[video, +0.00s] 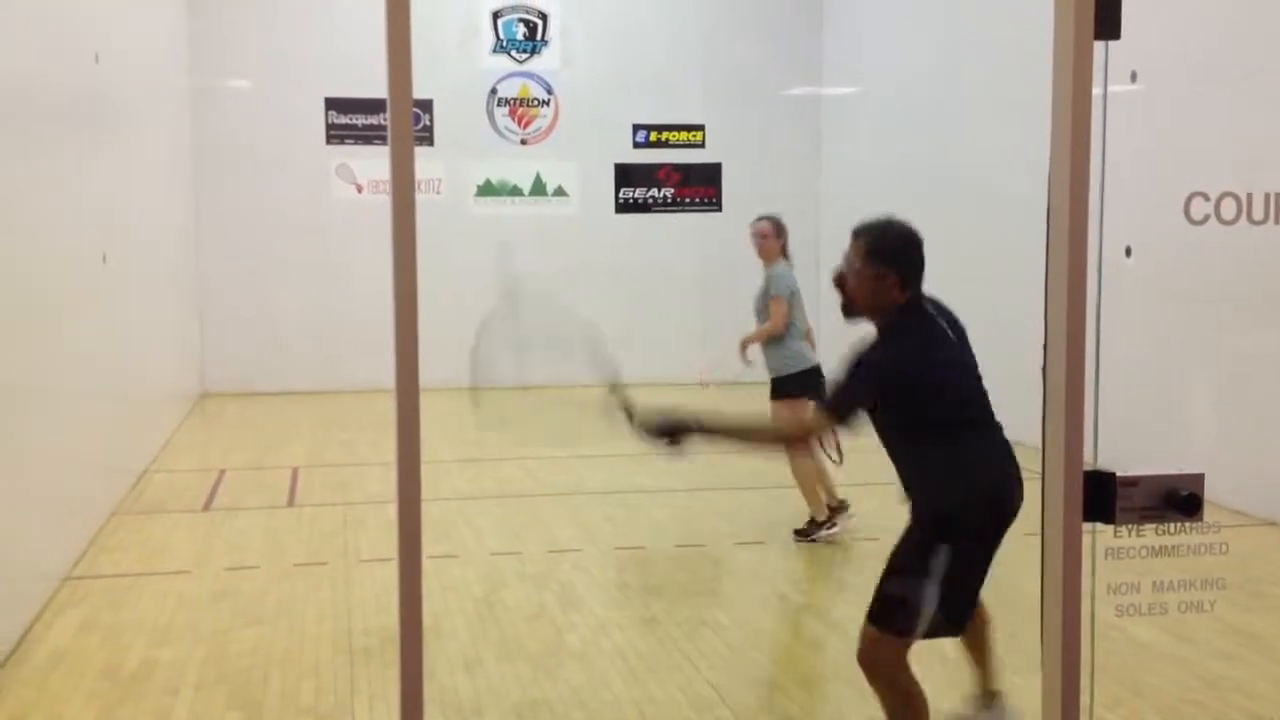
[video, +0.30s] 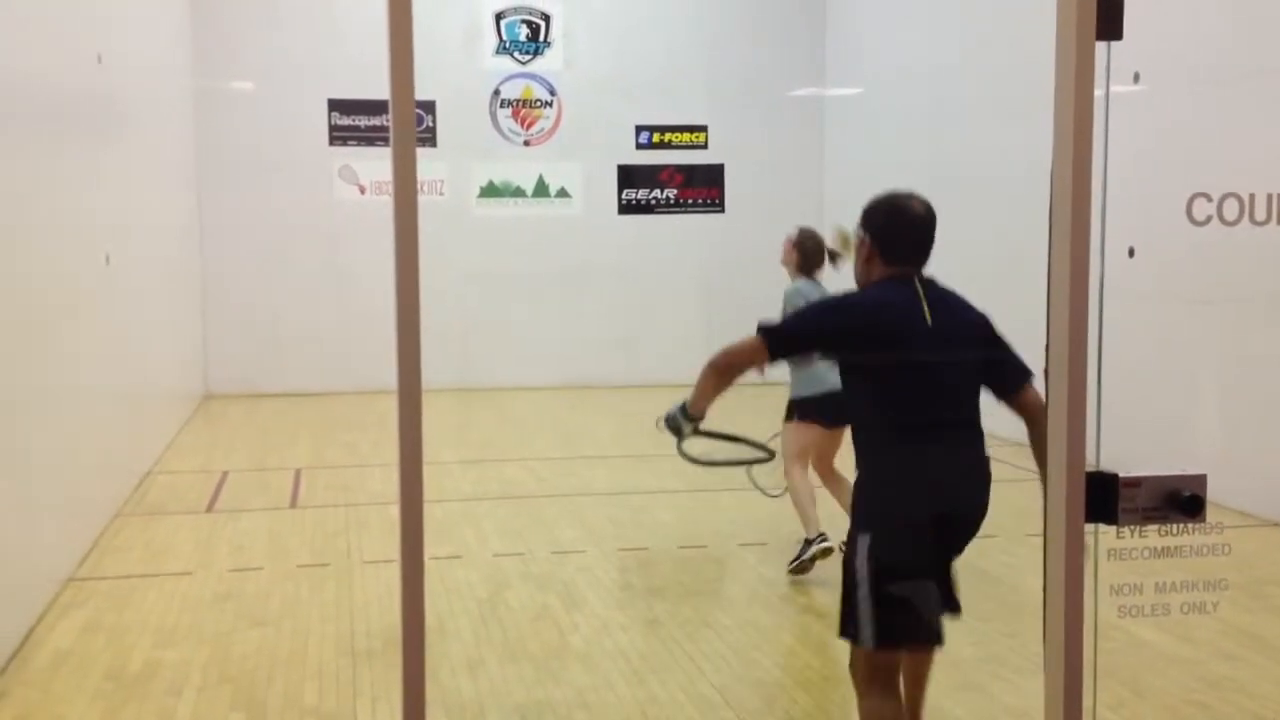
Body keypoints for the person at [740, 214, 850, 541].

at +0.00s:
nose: (757, 244)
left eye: (763, 237)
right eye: (755, 238)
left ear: (780, 241)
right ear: (756, 242)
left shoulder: (778, 277)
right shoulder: (783, 274)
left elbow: (776, 325)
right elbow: (803, 328)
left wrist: (749, 339)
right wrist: (811, 361)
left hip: (790, 375)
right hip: (802, 370)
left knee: (796, 445)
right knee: (804, 441)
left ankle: (820, 515)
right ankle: (832, 501)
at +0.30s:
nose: (783, 251)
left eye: (787, 247)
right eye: (786, 245)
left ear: (795, 254)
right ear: (816, 257)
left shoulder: (796, 292)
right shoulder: (824, 293)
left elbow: (799, 344)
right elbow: (824, 339)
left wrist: (768, 345)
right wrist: (774, 349)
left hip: (812, 394)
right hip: (841, 391)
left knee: (795, 465)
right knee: (825, 465)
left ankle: (814, 535)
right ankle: (865, 521)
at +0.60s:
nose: (773, 262)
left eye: (776, 257)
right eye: (776, 256)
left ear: (781, 263)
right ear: (810, 263)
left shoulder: (782, 303)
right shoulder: (821, 302)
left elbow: (791, 353)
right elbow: (835, 356)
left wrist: (754, 372)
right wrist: (759, 370)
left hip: (801, 414)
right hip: (836, 407)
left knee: (768, 491)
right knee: (830, 477)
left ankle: (803, 576)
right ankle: (848, 546)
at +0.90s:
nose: (754, 254)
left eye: (756, 248)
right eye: (756, 247)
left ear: (764, 252)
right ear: (786, 249)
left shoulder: (790, 291)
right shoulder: (782, 292)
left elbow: (820, 349)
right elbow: (804, 355)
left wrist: (775, 380)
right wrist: (778, 394)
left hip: (821, 409)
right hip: (810, 408)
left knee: (791, 502)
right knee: (789, 500)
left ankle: (790, 605)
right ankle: (829, 584)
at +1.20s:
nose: (742, 279)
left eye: (745, 272)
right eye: (744, 272)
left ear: (756, 279)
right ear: (778, 278)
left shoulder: (794, 329)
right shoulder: (766, 328)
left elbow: (833, 392)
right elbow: (782, 397)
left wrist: (776, 422)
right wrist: (751, 422)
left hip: (815, 463)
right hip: (780, 459)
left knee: (792, 557)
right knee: (780, 543)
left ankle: (813, 667)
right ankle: (820, 582)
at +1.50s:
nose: (721, 249)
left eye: (725, 241)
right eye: (723, 240)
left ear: (735, 248)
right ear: (757, 249)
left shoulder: (762, 302)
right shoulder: (742, 307)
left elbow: (721, 371)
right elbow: (756, 395)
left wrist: (651, 365)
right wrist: (710, 411)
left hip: (776, 471)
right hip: (731, 468)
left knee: (770, 586)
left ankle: (814, 651)